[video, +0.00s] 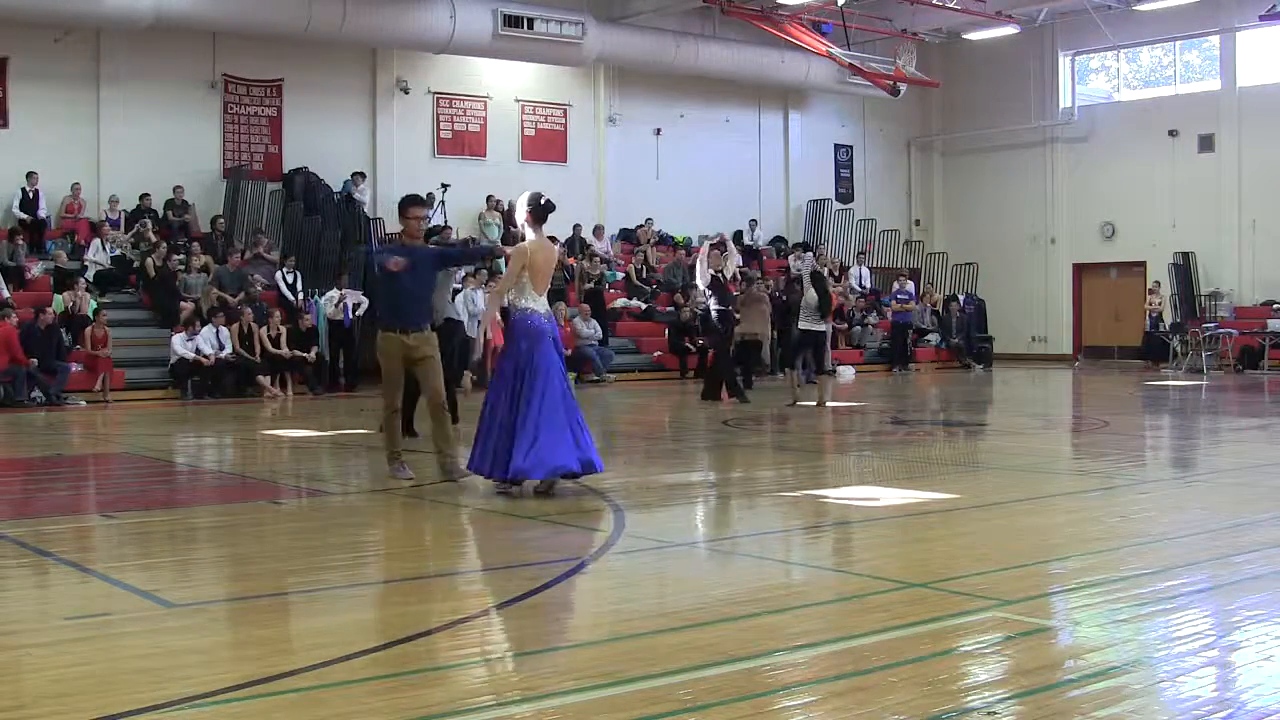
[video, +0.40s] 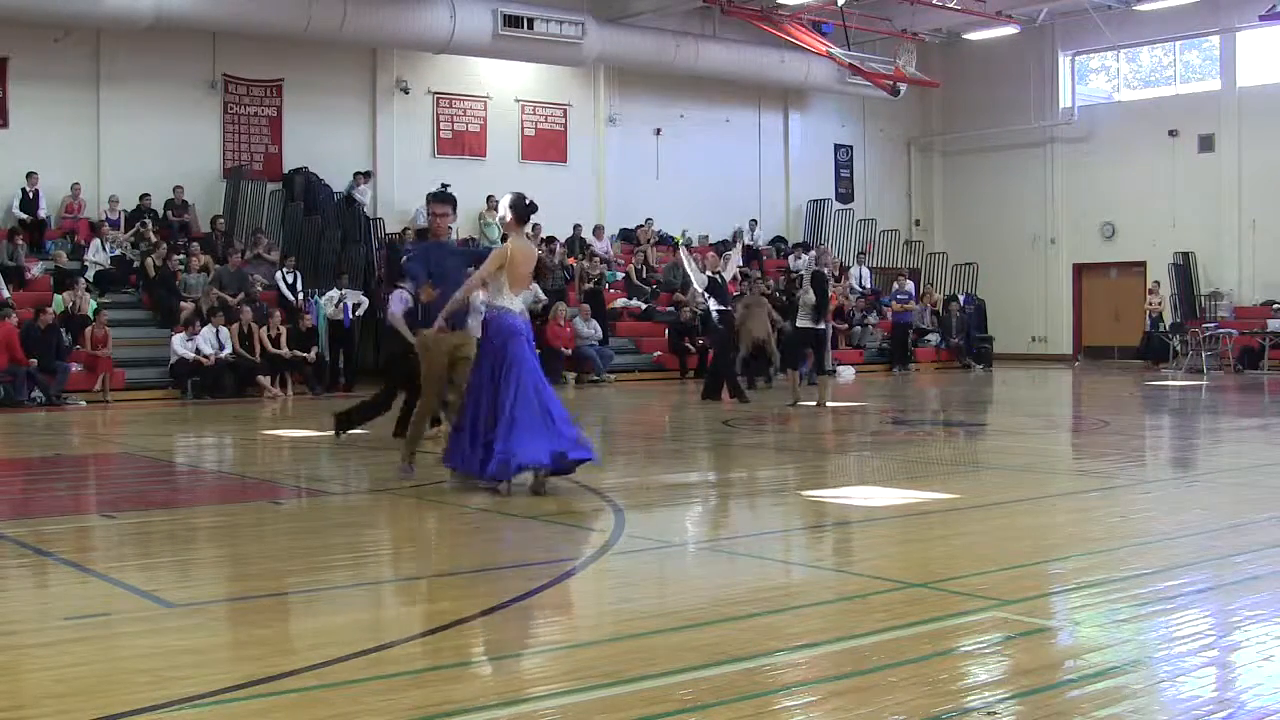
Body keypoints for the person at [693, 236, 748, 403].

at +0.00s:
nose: (718, 258)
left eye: (719, 255)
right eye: (715, 256)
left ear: (722, 258)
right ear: (708, 260)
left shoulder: (724, 275)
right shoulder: (706, 278)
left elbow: (733, 258)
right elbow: (701, 261)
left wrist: (727, 240)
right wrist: (707, 244)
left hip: (728, 314)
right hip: (715, 313)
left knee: (722, 352)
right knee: (723, 352)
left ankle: (710, 392)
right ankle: (737, 392)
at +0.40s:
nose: (714, 260)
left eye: (715, 257)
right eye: (710, 258)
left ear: (719, 261)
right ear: (706, 262)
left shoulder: (723, 276)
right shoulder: (704, 280)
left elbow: (732, 263)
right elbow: (693, 271)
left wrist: (738, 247)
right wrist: (684, 254)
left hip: (728, 315)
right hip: (716, 316)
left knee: (722, 354)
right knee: (725, 353)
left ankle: (711, 392)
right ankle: (737, 392)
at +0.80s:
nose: (718, 261)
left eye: (719, 259)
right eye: (715, 259)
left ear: (721, 262)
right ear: (708, 262)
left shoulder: (725, 279)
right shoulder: (706, 279)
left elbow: (739, 273)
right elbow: (689, 276)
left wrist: (751, 267)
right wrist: (669, 269)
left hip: (729, 317)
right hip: (716, 318)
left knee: (722, 355)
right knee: (724, 355)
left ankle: (710, 392)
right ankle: (738, 393)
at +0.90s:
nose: (726, 262)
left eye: (726, 260)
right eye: (722, 259)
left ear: (724, 263)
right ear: (714, 262)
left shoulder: (725, 279)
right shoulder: (709, 279)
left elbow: (738, 280)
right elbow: (689, 280)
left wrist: (750, 278)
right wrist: (668, 279)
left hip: (729, 320)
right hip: (717, 321)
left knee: (722, 357)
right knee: (726, 356)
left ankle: (711, 392)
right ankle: (738, 392)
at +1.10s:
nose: (729, 263)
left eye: (730, 260)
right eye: (725, 260)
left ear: (729, 262)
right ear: (717, 260)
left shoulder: (725, 281)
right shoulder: (710, 278)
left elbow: (735, 298)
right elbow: (691, 290)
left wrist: (747, 297)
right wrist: (682, 296)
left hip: (727, 323)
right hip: (717, 323)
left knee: (721, 357)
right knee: (727, 355)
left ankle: (710, 392)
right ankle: (738, 392)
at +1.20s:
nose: (731, 263)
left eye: (732, 261)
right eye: (728, 260)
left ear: (730, 262)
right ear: (719, 260)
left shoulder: (726, 278)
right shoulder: (712, 278)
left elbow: (730, 298)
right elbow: (695, 299)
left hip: (728, 324)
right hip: (719, 325)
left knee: (719, 359)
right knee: (729, 359)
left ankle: (710, 391)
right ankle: (738, 392)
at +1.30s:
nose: (733, 264)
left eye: (734, 261)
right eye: (730, 260)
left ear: (732, 262)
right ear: (722, 260)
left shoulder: (728, 277)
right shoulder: (716, 277)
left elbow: (730, 303)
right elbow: (709, 298)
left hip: (729, 324)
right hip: (720, 324)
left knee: (718, 358)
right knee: (731, 358)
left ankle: (709, 391)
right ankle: (734, 393)